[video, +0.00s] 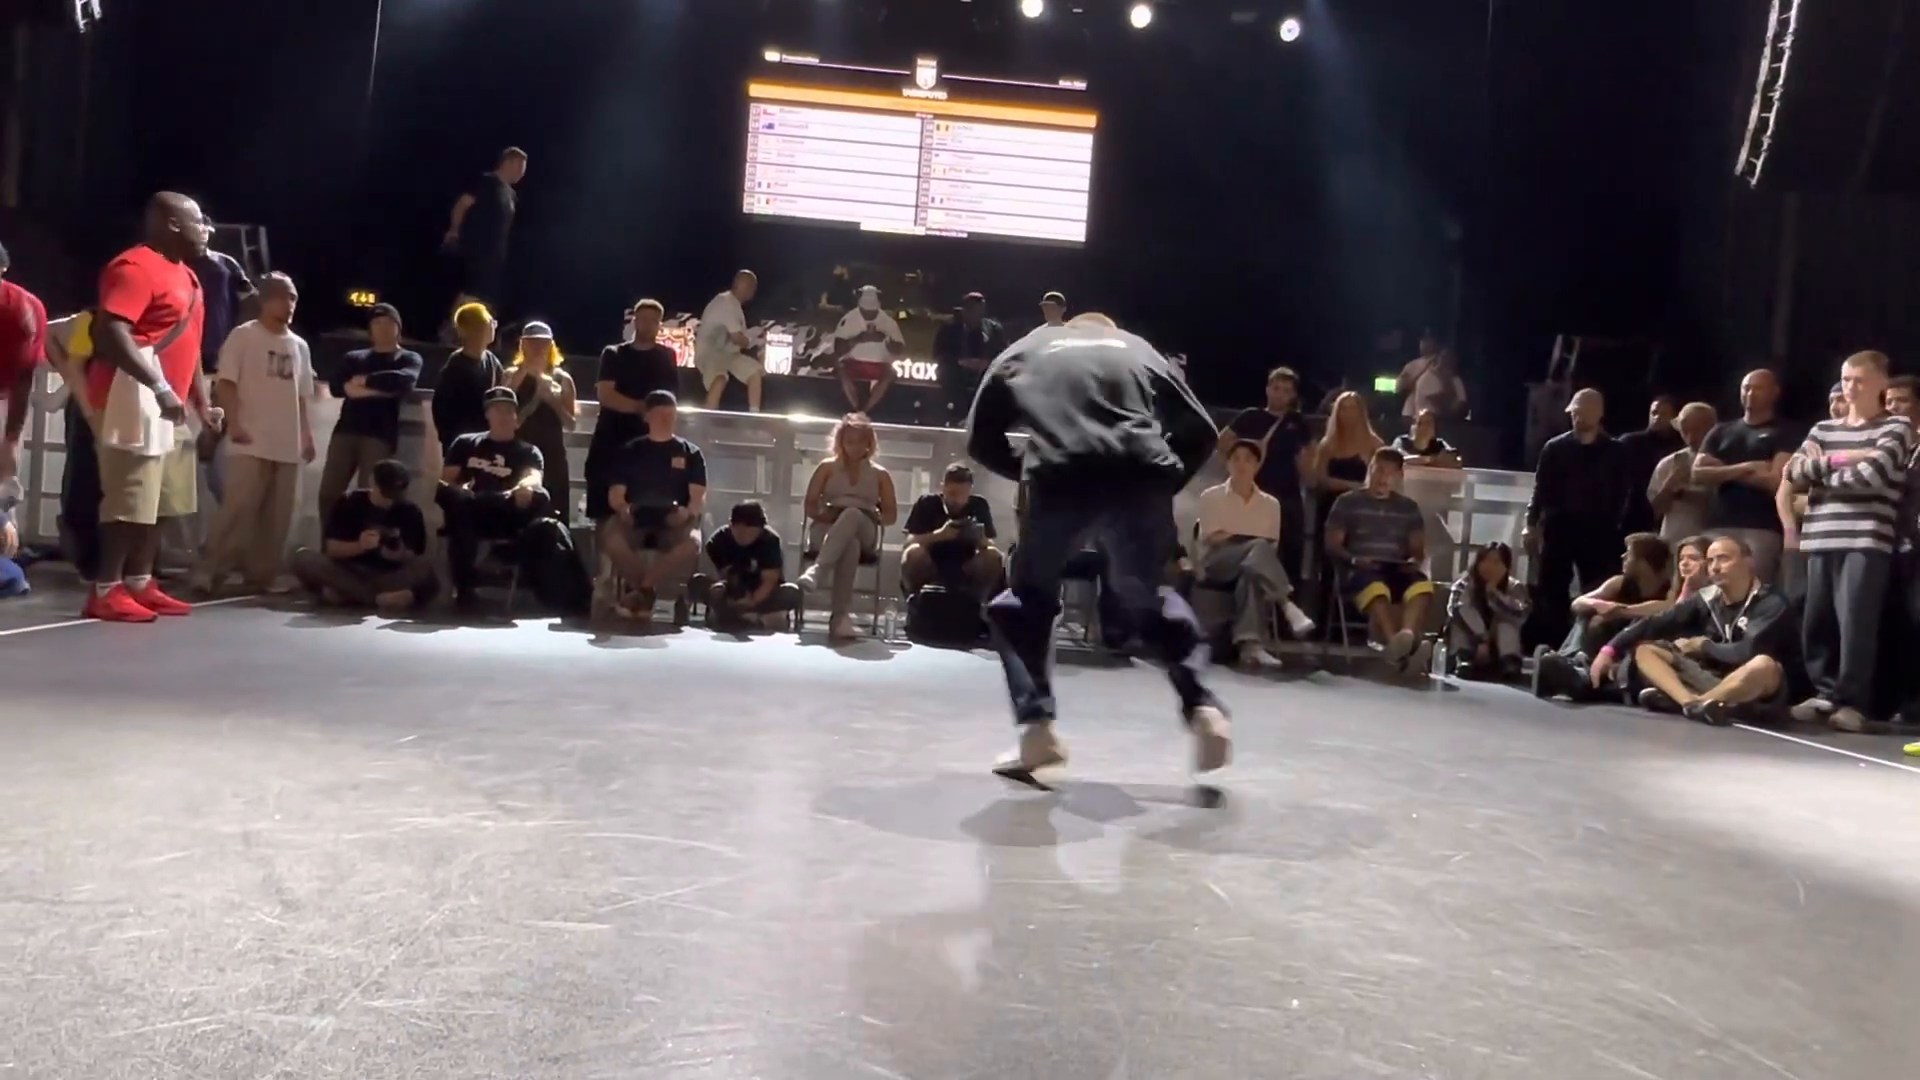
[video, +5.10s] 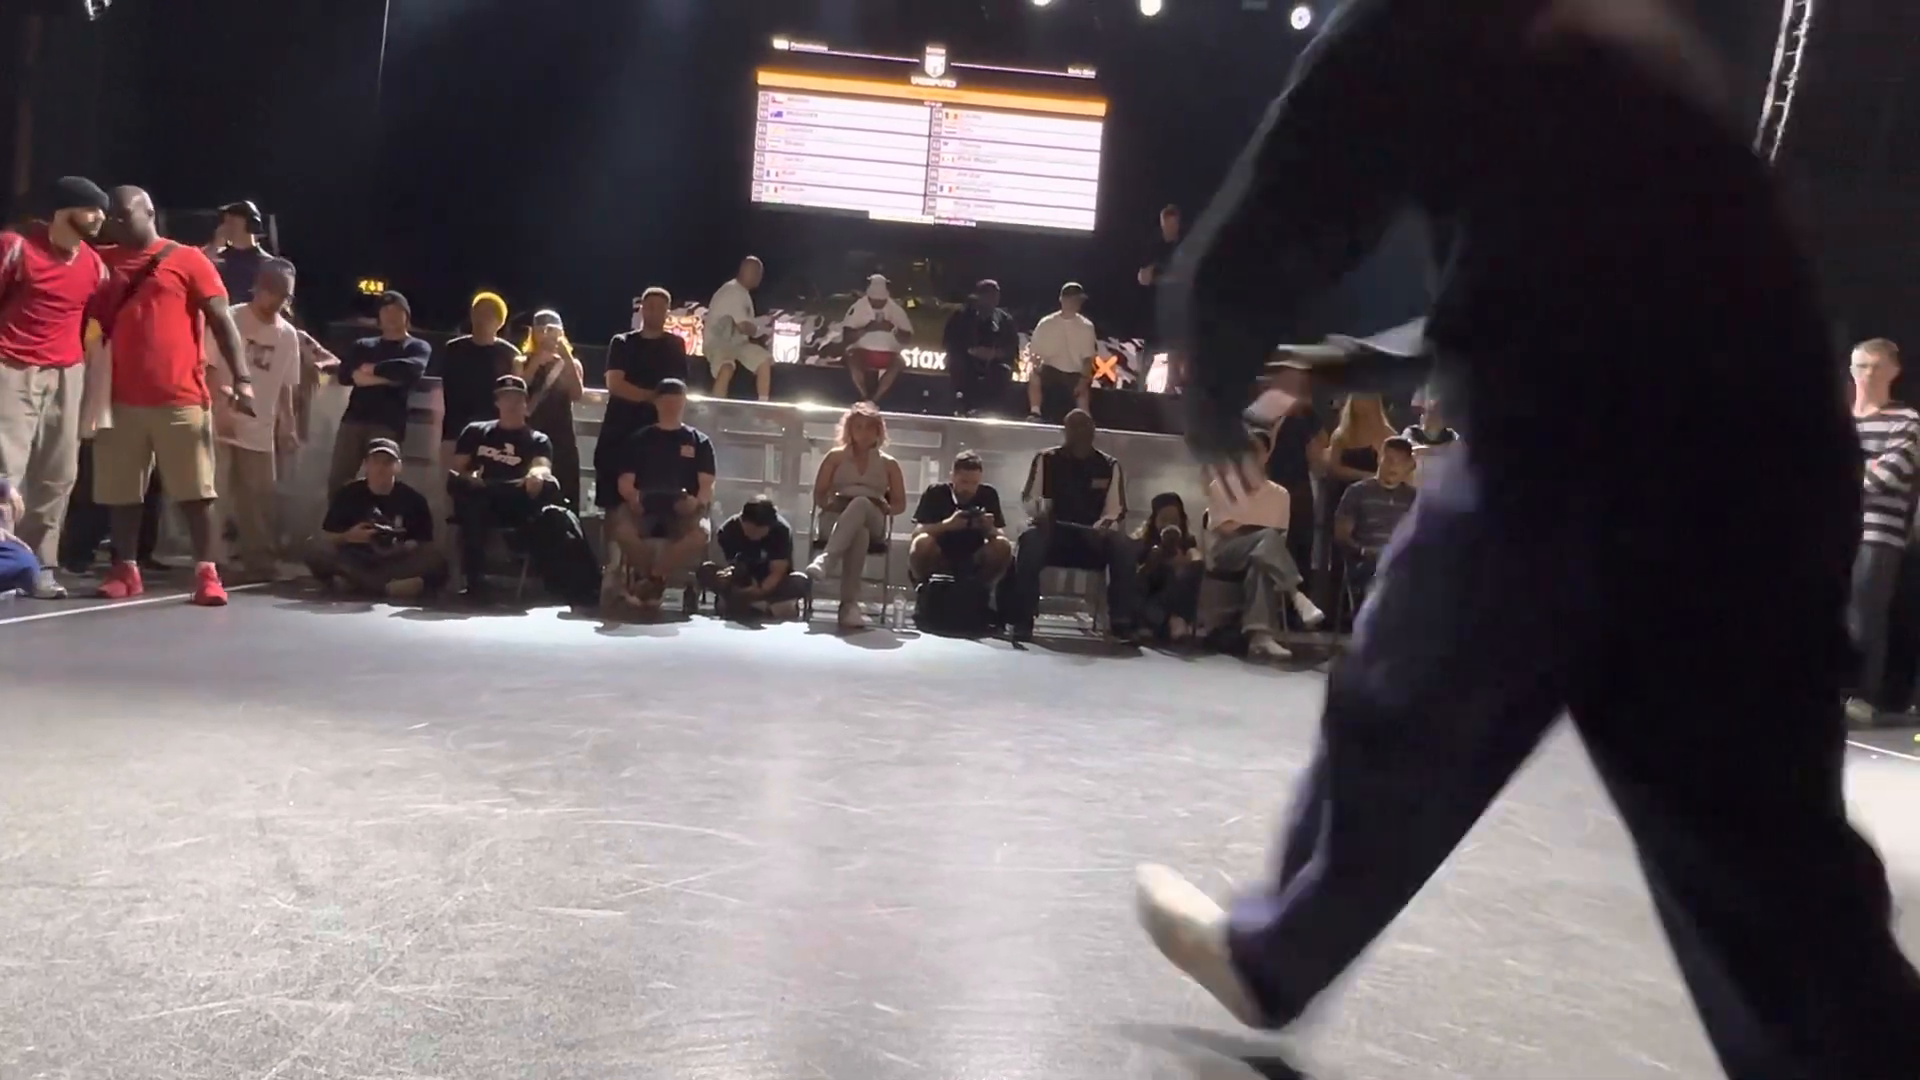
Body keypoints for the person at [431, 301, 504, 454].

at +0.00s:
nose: (495, 324)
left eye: (492, 320)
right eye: (490, 321)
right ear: (476, 330)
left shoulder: (492, 362)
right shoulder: (453, 369)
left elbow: (497, 400)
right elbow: (440, 406)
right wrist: (449, 440)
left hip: (487, 441)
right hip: (458, 444)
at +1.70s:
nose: (513, 303)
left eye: (511, 299)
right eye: (508, 300)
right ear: (495, 307)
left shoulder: (511, 342)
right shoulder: (472, 347)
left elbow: (517, 378)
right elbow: (459, 382)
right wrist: (468, 416)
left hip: (505, 416)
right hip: (477, 419)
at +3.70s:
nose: (510, 310)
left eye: (512, 304)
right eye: (504, 304)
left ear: (514, 308)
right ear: (485, 306)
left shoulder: (516, 341)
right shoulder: (465, 342)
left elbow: (524, 379)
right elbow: (451, 380)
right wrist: (464, 414)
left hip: (508, 415)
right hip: (472, 415)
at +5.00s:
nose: (484, 319)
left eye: (491, 314)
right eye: (481, 313)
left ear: (503, 320)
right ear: (475, 315)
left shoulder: (511, 352)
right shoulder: (455, 346)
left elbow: (514, 391)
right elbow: (445, 383)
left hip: (494, 426)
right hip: (457, 423)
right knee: (452, 487)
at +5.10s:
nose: (481, 323)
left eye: (487, 318)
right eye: (478, 317)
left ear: (499, 322)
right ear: (471, 317)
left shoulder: (510, 354)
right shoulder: (453, 348)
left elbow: (512, 395)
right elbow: (443, 387)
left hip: (493, 432)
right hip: (455, 429)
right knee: (452, 492)